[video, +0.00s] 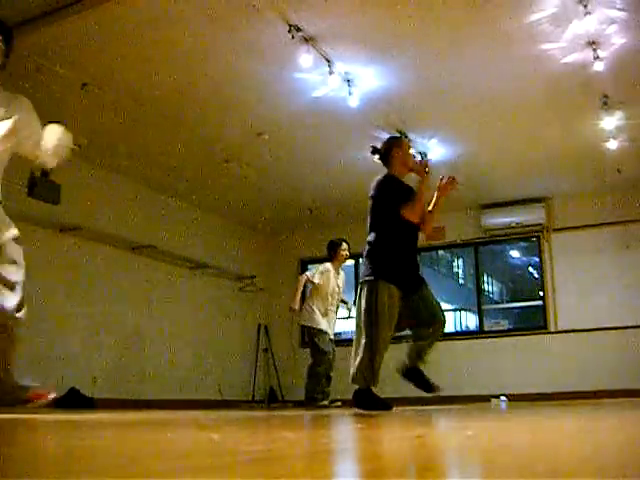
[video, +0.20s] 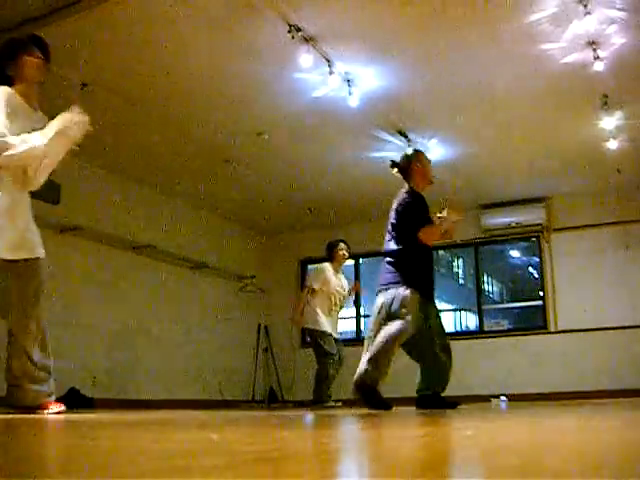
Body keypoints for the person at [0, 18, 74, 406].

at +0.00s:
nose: (5, 60)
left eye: (6, 52)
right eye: (5, 52)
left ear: (10, 53)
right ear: (8, 53)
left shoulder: (14, 109)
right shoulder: (14, 109)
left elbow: (43, 154)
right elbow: (44, 154)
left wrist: (55, 139)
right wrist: (57, 138)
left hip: (2, 218)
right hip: (2, 219)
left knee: (11, 267)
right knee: (10, 267)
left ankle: (7, 379)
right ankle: (6, 379)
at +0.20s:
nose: (36, 64)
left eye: (40, 59)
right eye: (30, 57)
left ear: (45, 68)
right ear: (14, 63)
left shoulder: (39, 118)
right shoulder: (2, 98)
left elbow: (30, 176)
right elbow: (6, 154)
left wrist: (63, 138)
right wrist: (57, 131)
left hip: (19, 219)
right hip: (4, 218)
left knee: (26, 306)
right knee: (19, 304)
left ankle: (30, 389)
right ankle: (28, 390)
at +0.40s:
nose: (64, 69)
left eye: (69, 67)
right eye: (57, 61)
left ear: (69, 81)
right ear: (36, 68)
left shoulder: (57, 129)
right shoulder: (18, 100)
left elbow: (57, 178)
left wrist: (54, 183)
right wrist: (31, 187)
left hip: (39, 207)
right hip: (14, 199)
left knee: (49, 295)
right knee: (63, 263)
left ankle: (28, 388)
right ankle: (2, 293)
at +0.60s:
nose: (77, 69)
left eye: (82, 69)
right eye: (71, 61)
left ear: (79, 83)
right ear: (49, 65)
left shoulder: (60, 116)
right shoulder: (26, 91)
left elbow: (57, 159)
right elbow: (1, 127)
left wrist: (69, 165)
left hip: (43, 211)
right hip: (34, 206)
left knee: (42, 302)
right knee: (101, 266)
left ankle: (26, 390)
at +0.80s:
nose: (85, 94)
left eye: (90, 93)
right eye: (82, 84)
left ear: (86, 103)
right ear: (61, 81)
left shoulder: (62, 144)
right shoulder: (28, 105)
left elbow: (60, 203)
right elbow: (2, 151)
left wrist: (95, 193)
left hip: (43, 226)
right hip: (28, 220)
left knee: (53, 314)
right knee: (94, 281)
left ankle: (29, 390)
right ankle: (101, 375)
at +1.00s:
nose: (97, 102)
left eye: (103, 100)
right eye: (94, 92)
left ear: (103, 106)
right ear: (77, 83)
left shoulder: (80, 144)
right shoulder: (39, 93)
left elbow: (56, 191)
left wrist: (94, 178)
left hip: (32, 199)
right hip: (6, 183)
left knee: (39, 285)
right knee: (59, 232)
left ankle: (18, 382)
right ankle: (12, 323)